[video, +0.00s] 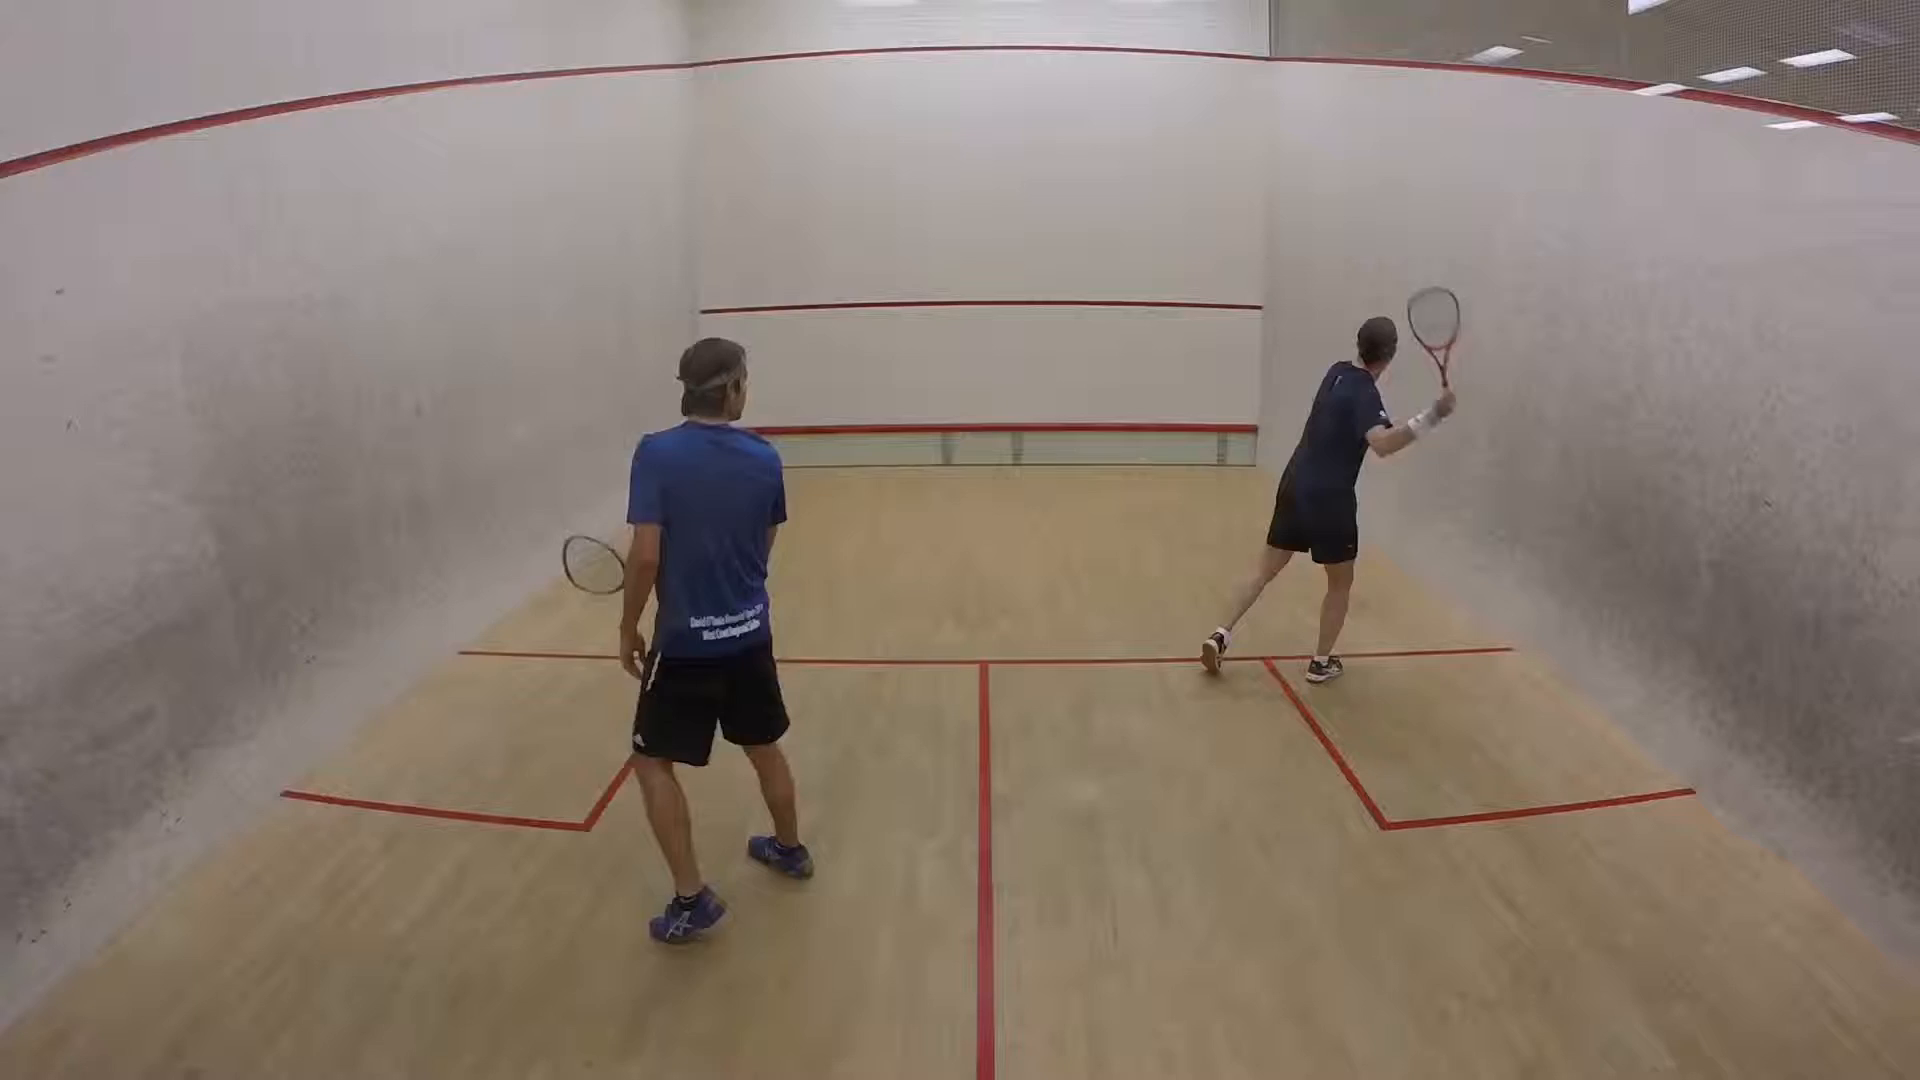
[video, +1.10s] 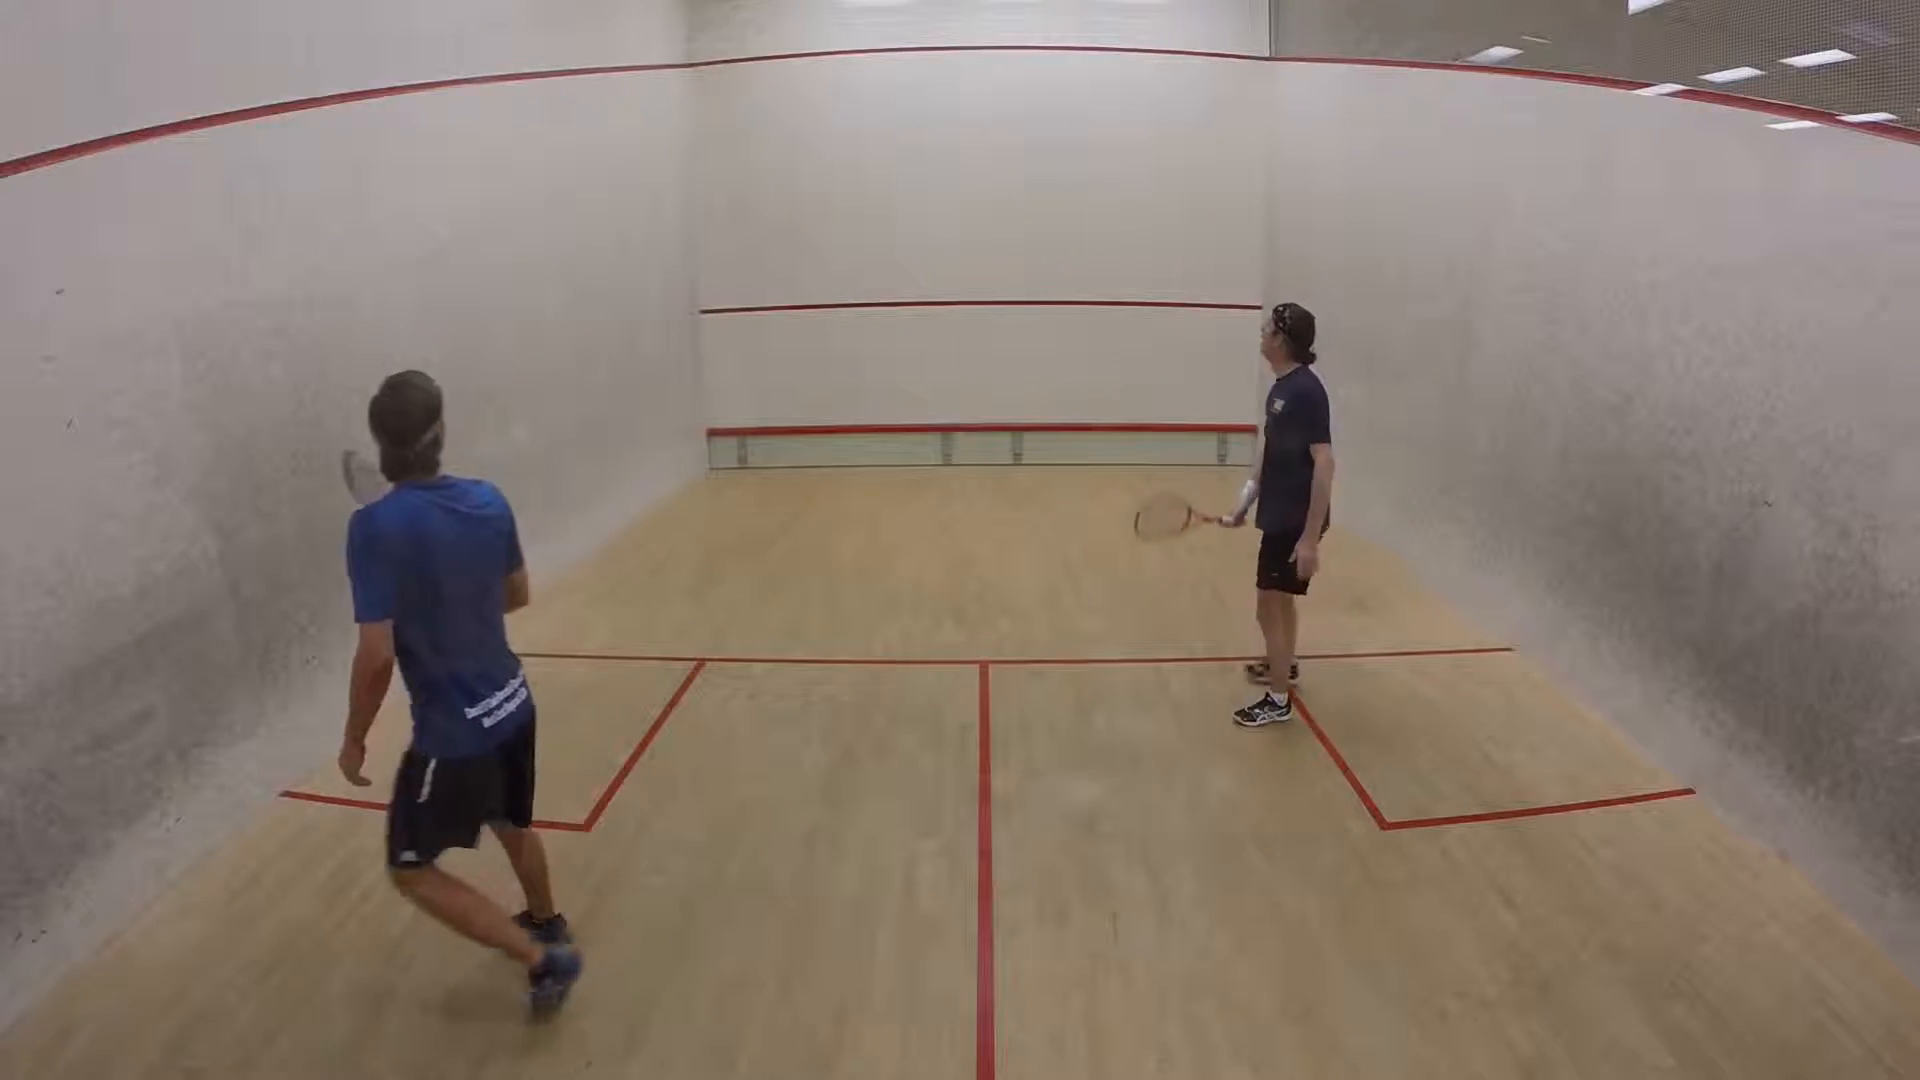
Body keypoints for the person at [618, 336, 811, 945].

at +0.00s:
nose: (747, 394)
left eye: (744, 384)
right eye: (745, 385)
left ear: (686, 389)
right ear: (733, 390)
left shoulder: (656, 453)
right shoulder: (762, 456)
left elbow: (647, 559)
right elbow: (764, 540)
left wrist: (630, 625)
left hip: (687, 646)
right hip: (749, 638)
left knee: (651, 761)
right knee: (764, 744)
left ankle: (692, 898)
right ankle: (791, 847)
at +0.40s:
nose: (663, 419)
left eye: (658, 409)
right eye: (660, 411)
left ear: (597, 420)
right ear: (652, 419)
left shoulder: (577, 492)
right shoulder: (685, 485)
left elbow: (574, 605)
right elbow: (709, 591)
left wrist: (554, 686)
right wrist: (658, 625)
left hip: (619, 696)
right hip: (686, 679)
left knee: (587, 822)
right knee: (726, 763)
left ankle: (635, 962)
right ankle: (787, 847)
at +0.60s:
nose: (586, 424)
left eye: (575, 416)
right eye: (583, 416)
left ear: (519, 431)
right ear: (577, 427)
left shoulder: (506, 508)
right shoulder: (617, 494)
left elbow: (505, 629)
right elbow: (654, 599)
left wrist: (483, 715)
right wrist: (620, 639)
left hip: (559, 713)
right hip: (625, 690)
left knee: (556, 840)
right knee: (646, 770)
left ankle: (635, 966)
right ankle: (726, 852)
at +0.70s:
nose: (549, 416)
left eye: (540, 409)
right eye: (548, 408)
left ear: (483, 424)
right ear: (546, 418)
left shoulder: (475, 507)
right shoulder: (592, 490)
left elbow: (467, 629)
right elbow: (627, 594)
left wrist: (441, 719)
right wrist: (587, 631)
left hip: (541, 713)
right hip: (601, 686)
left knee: (560, 847)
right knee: (602, 778)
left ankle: (635, 966)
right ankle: (666, 874)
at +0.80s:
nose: (520, 415)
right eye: (518, 408)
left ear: (452, 426)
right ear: (516, 419)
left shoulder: (443, 511)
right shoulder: (564, 489)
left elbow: (432, 637)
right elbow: (601, 592)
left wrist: (404, 721)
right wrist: (552, 617)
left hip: (522, 716)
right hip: (579, 689)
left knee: (558, 849)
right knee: (564, 802)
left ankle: (635, 964)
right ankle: (598, 904)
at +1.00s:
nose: (471, 428)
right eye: (468, 422)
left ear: (405, 441)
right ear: (467, 433)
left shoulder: (397, 528)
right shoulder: (512, 501)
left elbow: (389, 652)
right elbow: (546, 597)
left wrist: (360, 732)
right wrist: (480, 606)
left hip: (473, 732)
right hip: (531, 705)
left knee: (472, 866)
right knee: (521, 825)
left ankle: (599, 952)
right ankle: (540, 921)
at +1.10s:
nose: (436, 430)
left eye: (381, 428)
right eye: (436, 421)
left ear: (376, 437)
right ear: (441, 431)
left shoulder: (375, 528)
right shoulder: (486, 502)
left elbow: (377, 658)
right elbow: (516, 594)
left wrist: (354, 738)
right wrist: (447, 608)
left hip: (451, 736)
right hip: (513, 709)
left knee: (409, 868)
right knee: (512, 820)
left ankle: (539, 959)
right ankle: (545, 920)